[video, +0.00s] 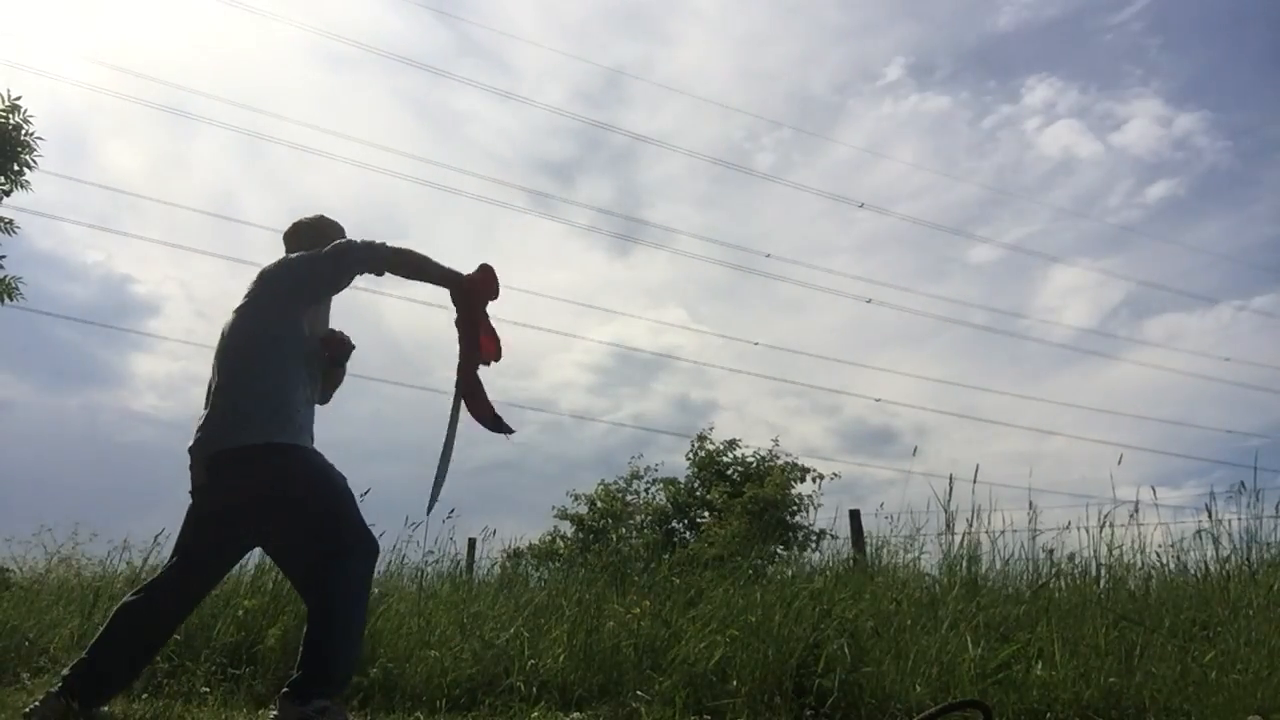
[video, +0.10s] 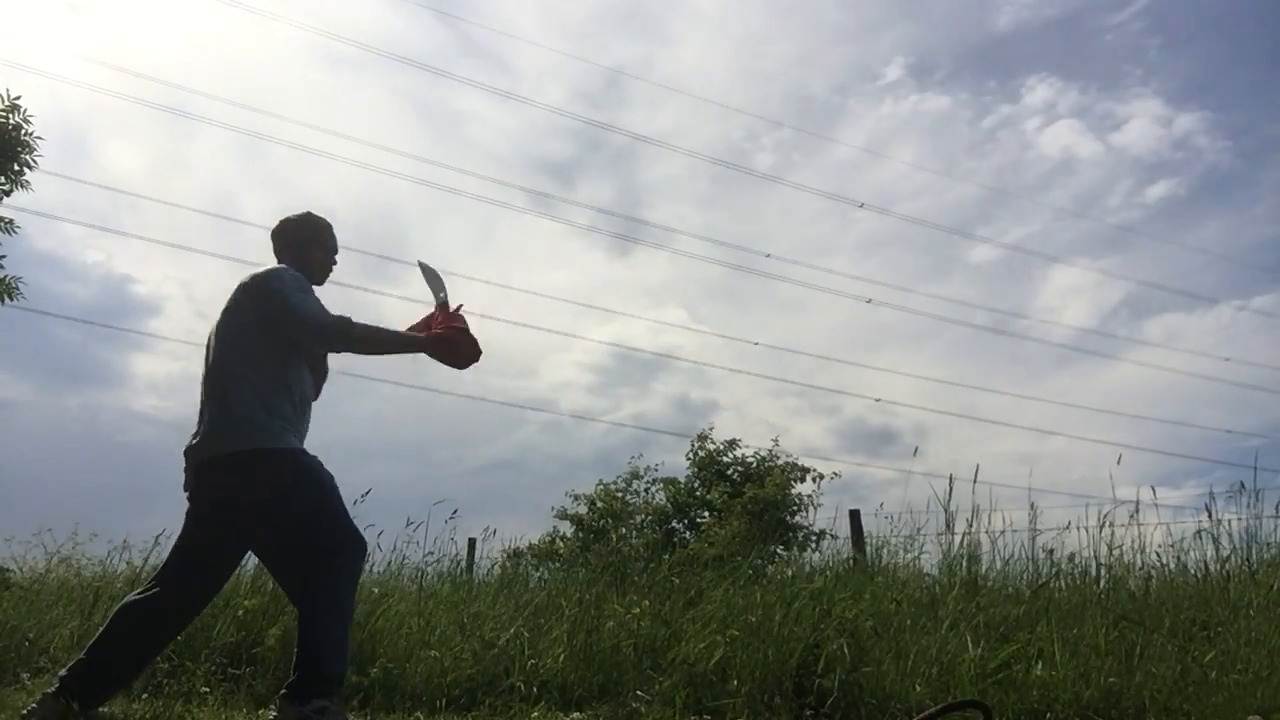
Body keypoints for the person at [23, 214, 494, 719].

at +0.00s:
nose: (342, 261)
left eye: (342, 251)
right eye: (338, 251)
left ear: (296, 244)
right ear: (314, 246)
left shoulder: (265, 318)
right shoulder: (291, 279)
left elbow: (319, 393)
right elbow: (376, 254)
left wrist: (333, 360)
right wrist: (458, 283)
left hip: (220, 463)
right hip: (276, 454)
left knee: (178, 584)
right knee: (350, 557)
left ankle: (75, 695)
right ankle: (314, 696)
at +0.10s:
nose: (335, 262)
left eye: (335, 253)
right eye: (328, 250)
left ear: (285, 247)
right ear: (298, 246)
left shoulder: (252, 303)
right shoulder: (281, 285)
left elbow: (303, 392)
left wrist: (319, 352)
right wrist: (419, 339)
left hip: (219, 464)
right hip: (269, 459)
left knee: (176, 591)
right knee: (338, 557)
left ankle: (71, 697)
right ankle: (311, 699)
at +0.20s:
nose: (323, 257)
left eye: (324, 247)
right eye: (316, 245)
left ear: (279, 249)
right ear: (285, 243)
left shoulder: (233, 302)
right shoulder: (262, 292)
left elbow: (223, 389)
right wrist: (350, 375)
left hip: (218, 470)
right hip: (261, 463)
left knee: (175, 593)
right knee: (328, 556)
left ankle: (70, 694)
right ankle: (311, 696)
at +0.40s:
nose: (313, 252)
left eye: (315, 243)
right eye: (307, 241)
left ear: (268, 240)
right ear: (279, 240)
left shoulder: (259, 298)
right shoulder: (256, 294)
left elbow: (265, 370)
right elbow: (220, 368)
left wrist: (304, 395)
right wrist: (285, 397)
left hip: (212, 463)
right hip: (240, 460)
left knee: (178, 589)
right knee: (284, 563)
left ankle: (70, 696)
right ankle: (306, 697)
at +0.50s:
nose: (307, 250)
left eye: (314, 243)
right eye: (297, 236)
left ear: (312, 254)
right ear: (266, 233)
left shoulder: (295, 320)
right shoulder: (221, 281)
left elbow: (310, 376)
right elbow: (168, 349)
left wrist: (316, 384)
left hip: (246, 451)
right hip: (207, 443)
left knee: (174, 591)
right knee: (277, 537)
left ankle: (69, 696)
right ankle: (285, 686)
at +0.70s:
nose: (326, 233)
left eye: (331, 227)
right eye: (316, 221)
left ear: (333, 238)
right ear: (285, 223)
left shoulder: (330, 304)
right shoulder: (242, 269)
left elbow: (375, 362)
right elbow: (179, 302)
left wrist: (332, 323)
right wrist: (233, 299)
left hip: (270, 456)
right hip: (224, 437)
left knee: (205, 567)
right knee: (254, 559)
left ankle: (91, 675)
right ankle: (224, 700)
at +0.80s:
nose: (331, 224)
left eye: (338, 217)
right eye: (321, 213)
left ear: (344, 228)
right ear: (295, 217)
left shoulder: (347, 295)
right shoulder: (253, 263)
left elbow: (396, 342)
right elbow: (198, 298)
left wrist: (330, 321)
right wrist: (289, 290)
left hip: (298, 463)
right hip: (238, 437)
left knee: (259, 587)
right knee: (244, 572)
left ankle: (145, 651)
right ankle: (223, 701)